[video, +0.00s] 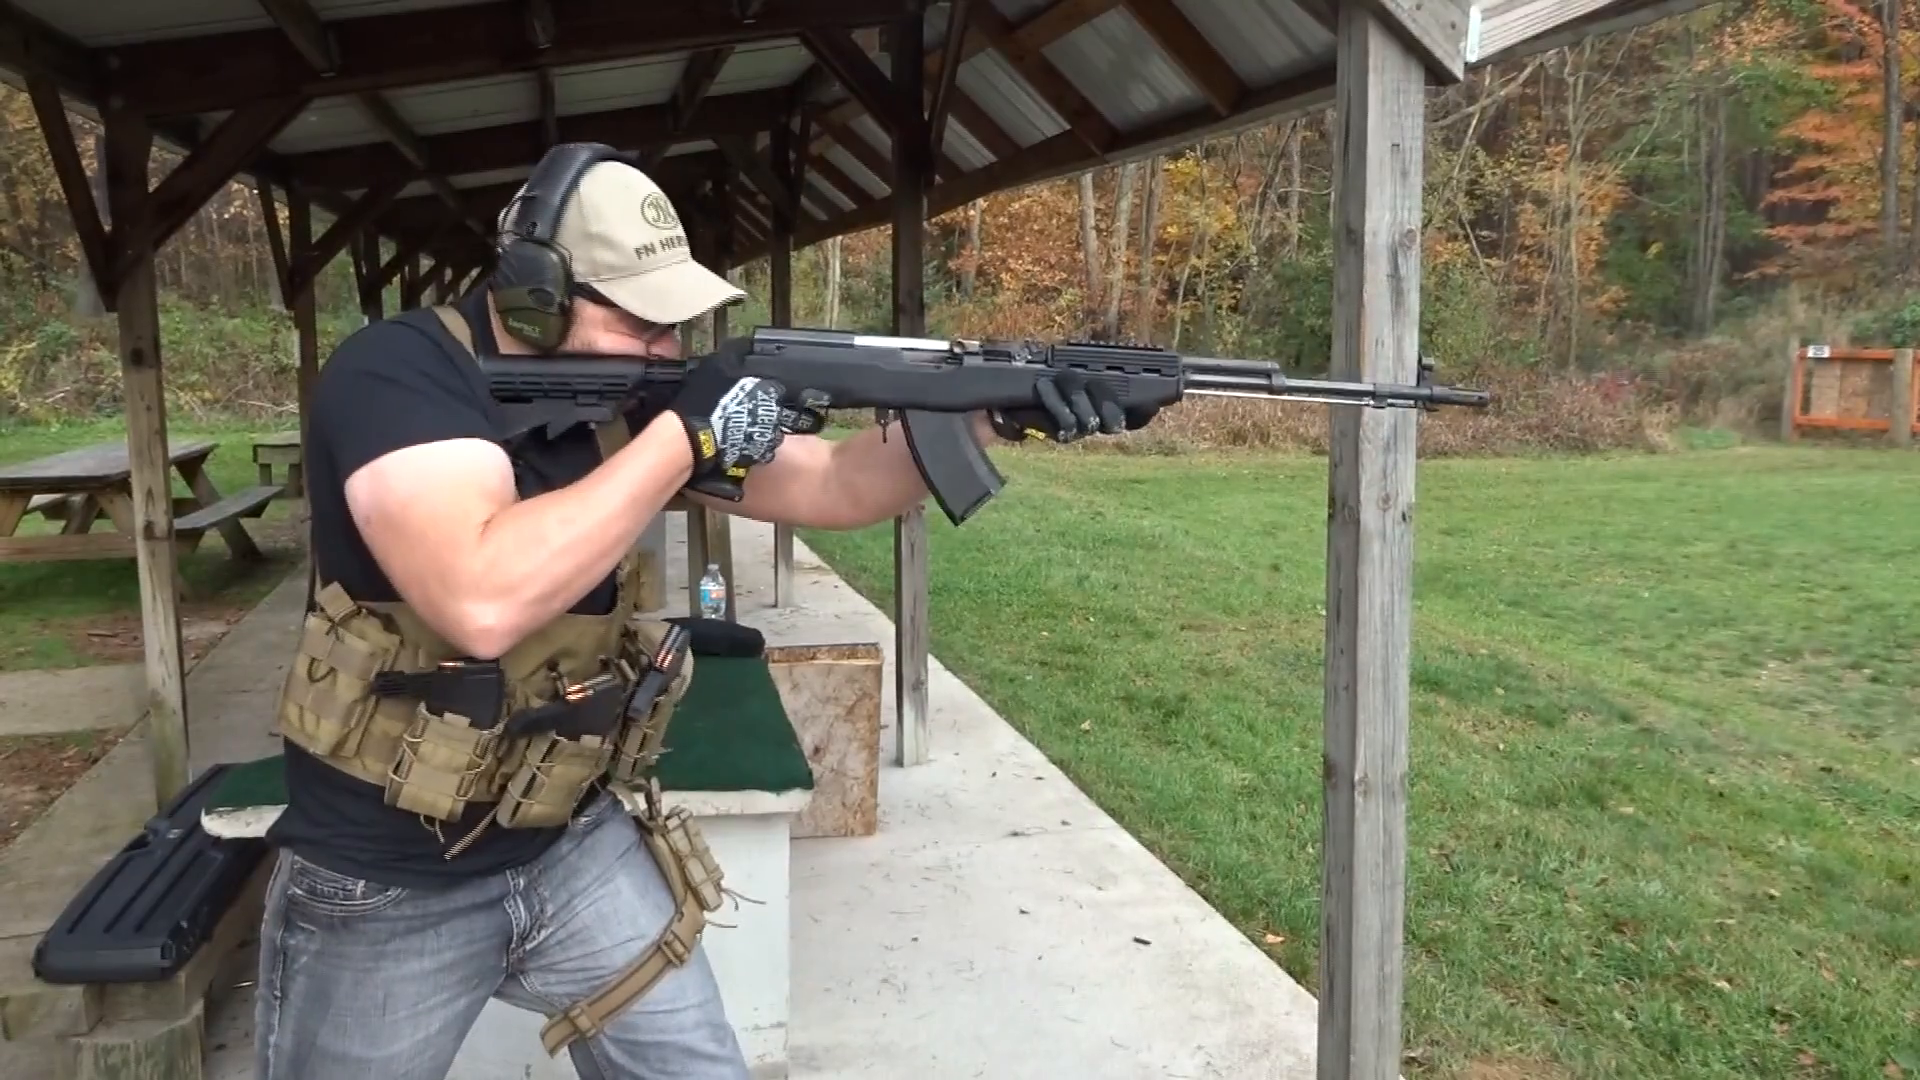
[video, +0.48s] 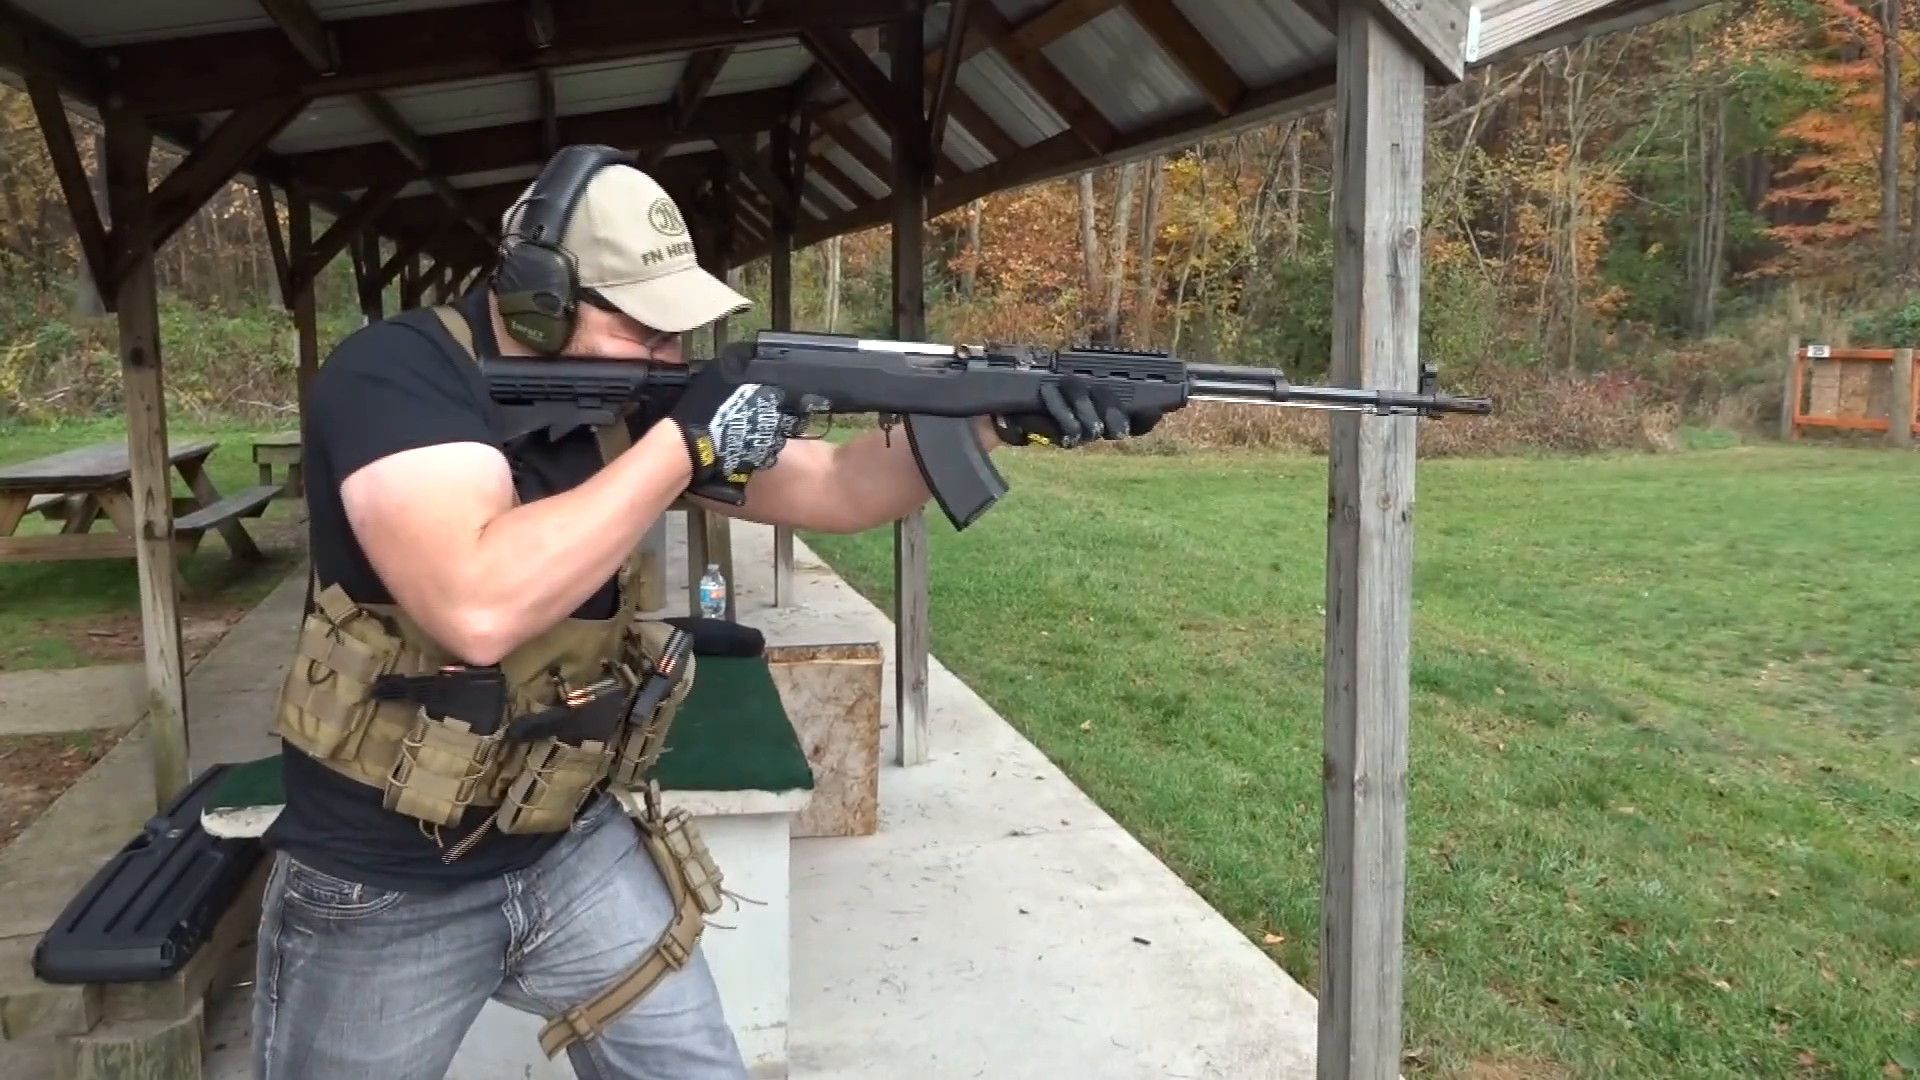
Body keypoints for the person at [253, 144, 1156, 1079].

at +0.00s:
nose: (659, 348)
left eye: (667, 325)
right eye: (632, 325)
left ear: (665, 298)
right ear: (535, 298)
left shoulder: (627, 392)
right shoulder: (388, 378)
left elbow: (833, 480)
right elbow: (481, 600)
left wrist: (1014, 402)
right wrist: (684, 432)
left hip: (579, 845)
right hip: (385, 890)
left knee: (701, 1061)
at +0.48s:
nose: (662, 358)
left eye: (670, 334)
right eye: (636, 332)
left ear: (666, 306)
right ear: (538, 304)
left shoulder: (626, 403)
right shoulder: (387, 379)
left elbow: (835, 480)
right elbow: (477, 605)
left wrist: (1010, 407)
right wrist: (685, 437)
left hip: (578, 847)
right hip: (384, 893)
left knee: (699, 1063)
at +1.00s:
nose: (648, 352)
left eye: (656, 326)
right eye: (619, 326)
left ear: (660, 298)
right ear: (518, 299)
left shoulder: (623, 403)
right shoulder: (373, 379)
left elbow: (828, 482)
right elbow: (460, 603)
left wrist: (1005, 403)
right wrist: (677, 435)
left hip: (574, 849)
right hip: (380, 894)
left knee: (700, 1067)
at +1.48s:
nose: (642, 353)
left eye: (650, 328)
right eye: (615, 328)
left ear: (655, 300)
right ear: (516, 301)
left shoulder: (616, 402)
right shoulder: (368, 378)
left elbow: (824, 481)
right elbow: (453, 603)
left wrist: (1003, 399)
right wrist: (665, 434)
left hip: (574, 848)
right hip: (379, 894)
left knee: (699, 1064)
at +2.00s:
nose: (628, 352)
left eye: (638, 326)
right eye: (599, 326)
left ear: (646, 299)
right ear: (499, 297)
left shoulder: (604, 407)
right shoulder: (358, 379)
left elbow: (810, 482)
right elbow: (443, 601)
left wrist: (988, 400)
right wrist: (654, 432)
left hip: (573, 849)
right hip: (378, 894)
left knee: (695, 1066)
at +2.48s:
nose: (663, 341)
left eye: (669, 318)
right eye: (638, 316)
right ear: (537, 294)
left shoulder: (625, 403)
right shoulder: (384, 381)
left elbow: (813, 519)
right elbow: (473, 565)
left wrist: (988, 426)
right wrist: (689, 424)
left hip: (575, 848)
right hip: (380, 893)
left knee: (698, 1068)